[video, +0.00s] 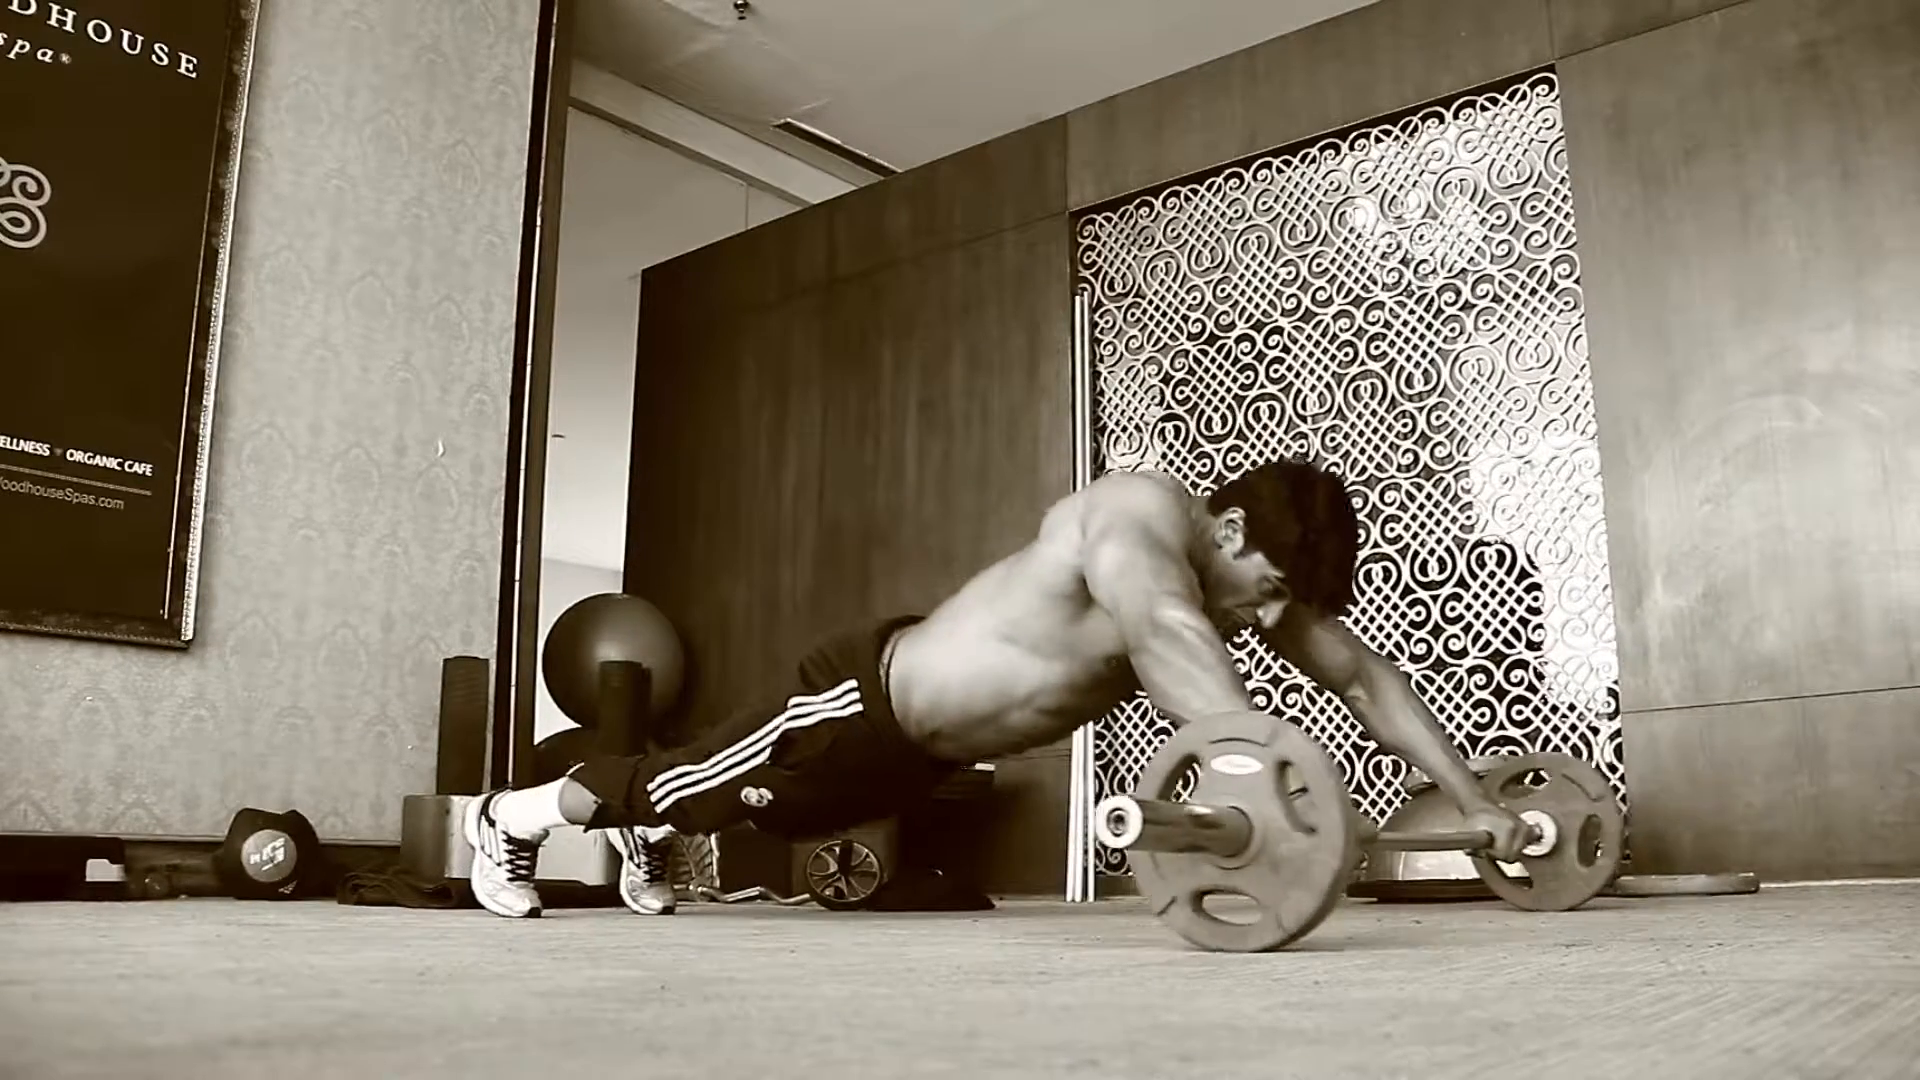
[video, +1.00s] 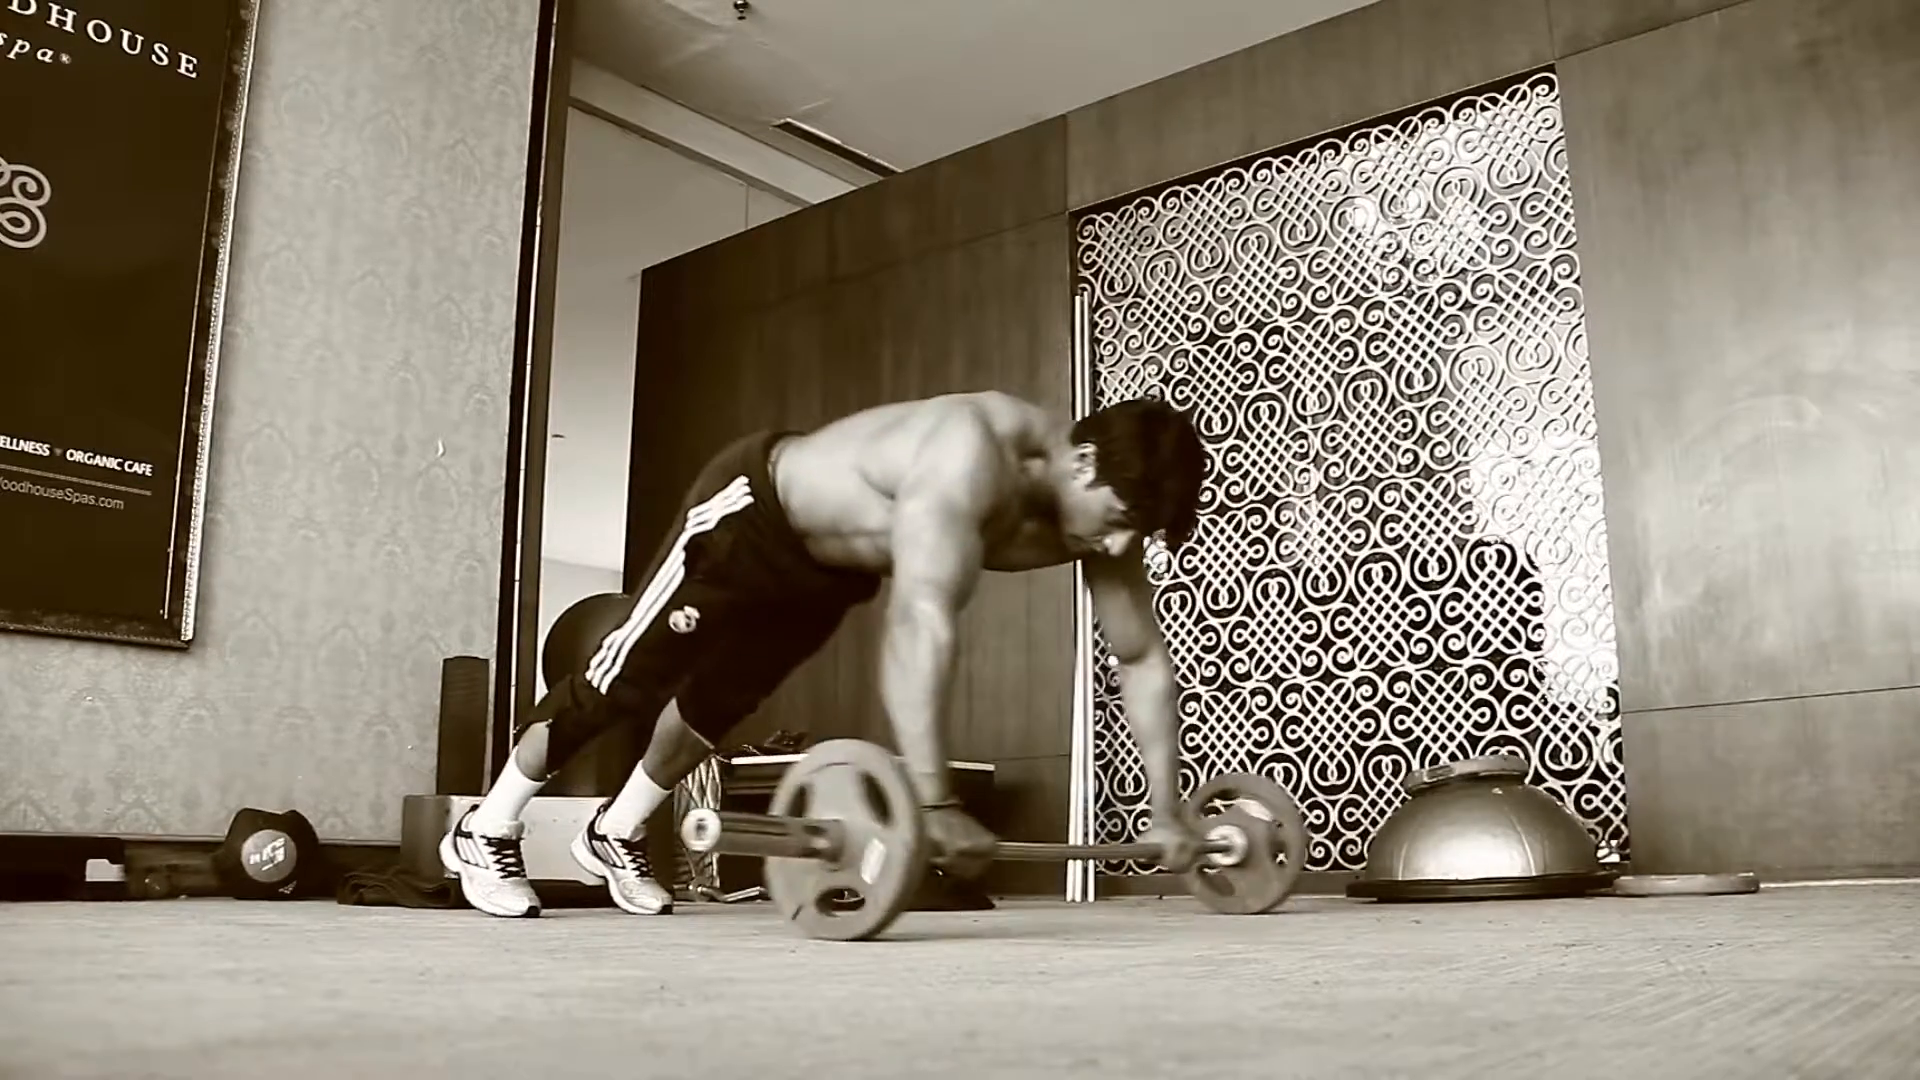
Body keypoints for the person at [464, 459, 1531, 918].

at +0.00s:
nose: (1267, 616)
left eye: (1282, 602)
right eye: (1272, 592)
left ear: (1277, 569)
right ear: (1247, 534)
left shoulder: (1228, 569)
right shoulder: (1135, 515)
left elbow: (1357, 672)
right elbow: (1161, 645)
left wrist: (1457, 778)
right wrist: (1261, 739)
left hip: (935, 743)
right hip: (876, 705)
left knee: (764, 818)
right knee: (676, 790)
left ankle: (613, 854)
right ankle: (521, 816)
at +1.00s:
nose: (1120, 546)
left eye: (1137, 535)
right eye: (1123, 523)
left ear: (1104, 482)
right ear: (1086, 467)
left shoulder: (1084, 511)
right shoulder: (968, 458)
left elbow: (1141, 657)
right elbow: (920, 619)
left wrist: (1171, 809)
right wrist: (933, 801)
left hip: (833, 569)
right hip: (754, 514)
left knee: (711, 705)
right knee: (619, 684)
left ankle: (614, 834)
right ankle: (485, 825)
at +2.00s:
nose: (898, 592)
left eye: (914, 584)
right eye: (900, 573)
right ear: (877, 515)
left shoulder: (895, 509)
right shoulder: (761, 486)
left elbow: (925, 682)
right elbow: (702, 648)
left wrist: (926, 822)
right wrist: (683, 811)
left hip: (706, 497)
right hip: (633, 446)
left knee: (645, 678)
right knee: (551, 655)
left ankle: (603, 853)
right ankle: (471, 851)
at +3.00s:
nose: (947, 568)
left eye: (964, 555)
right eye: (944, 544)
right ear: (906, 496)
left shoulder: (926, 518)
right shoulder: (792, 485)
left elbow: (978, 679)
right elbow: (756, 641)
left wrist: (1007, 818)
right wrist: (763, 806)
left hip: (720, 518)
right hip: (641, 467)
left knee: (654, 689)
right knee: (556, 668)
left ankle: (606, 855)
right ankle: (469, 858)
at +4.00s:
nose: (1209, 556)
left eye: (1227, 544)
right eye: (1212, 531)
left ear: (1204, 517)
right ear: (1168, 480)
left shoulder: (1165, 546)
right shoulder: (1055, 492)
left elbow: (1273, 666)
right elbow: (1067, 633)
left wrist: (1361, 795)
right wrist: (1146, 766)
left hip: (885, 670)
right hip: (820, 615)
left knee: (750, 772)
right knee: (659, 740)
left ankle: (614, 828)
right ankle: (495, 827)